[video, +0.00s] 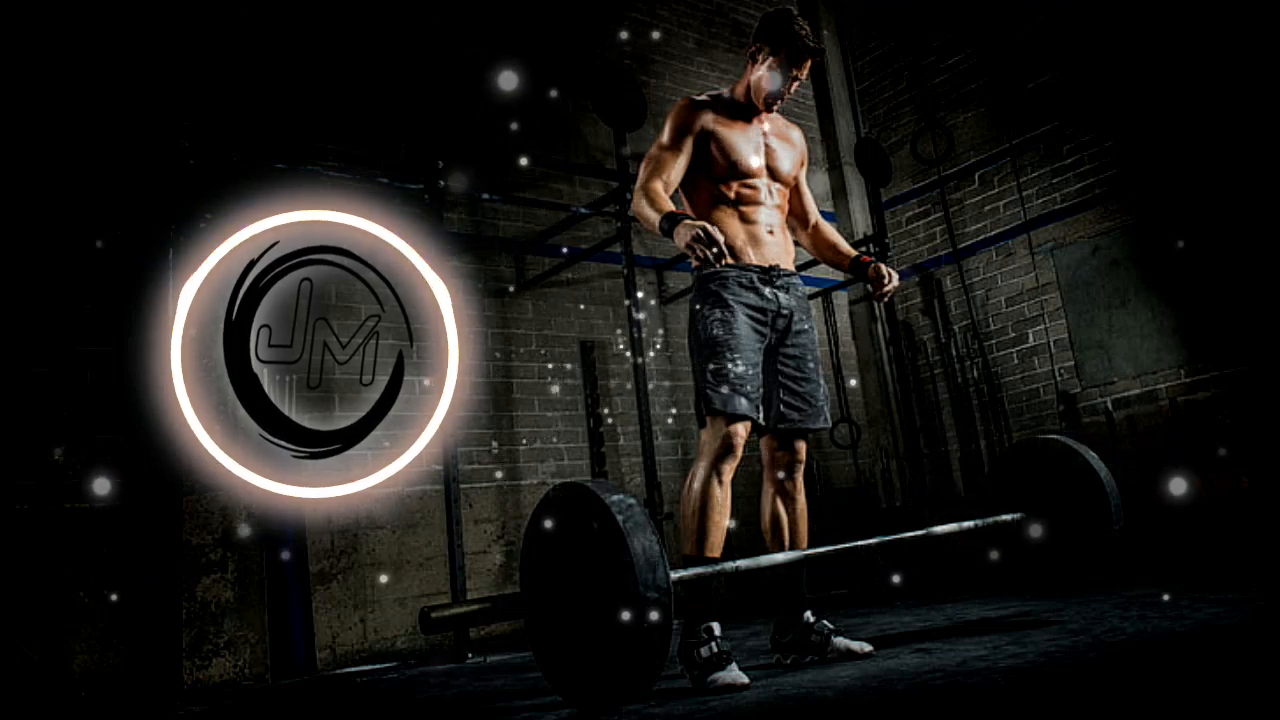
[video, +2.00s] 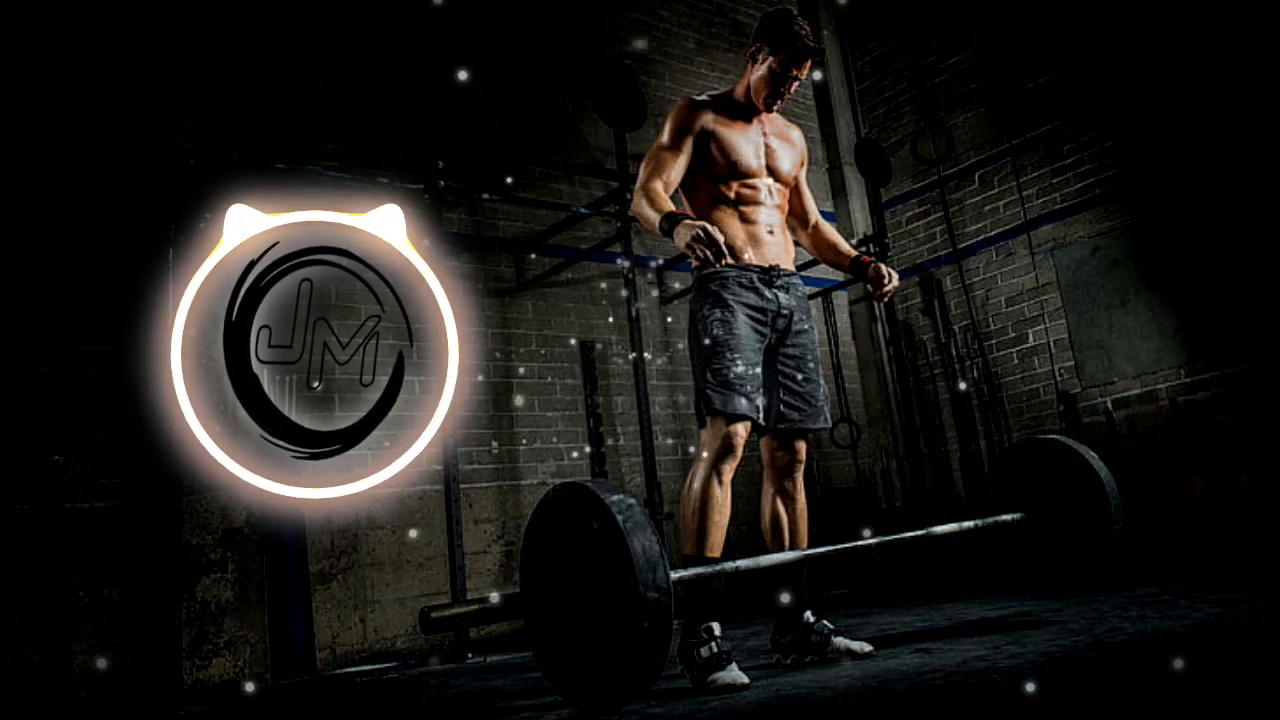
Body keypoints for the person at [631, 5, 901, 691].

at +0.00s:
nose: (791, 91)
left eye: (800, 82)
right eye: (788, 75)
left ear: (797, 79)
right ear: (757, 59)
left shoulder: (791, 136)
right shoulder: (698, 115)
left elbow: (809, 225)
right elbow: (644, 200)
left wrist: (861, 265)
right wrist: (676, 225)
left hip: (790, 296)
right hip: (731, 292)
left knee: (790, 454)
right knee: (729, 437)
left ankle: (797, 624)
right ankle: (698, 633)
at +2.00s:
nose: (789, 92)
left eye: (799, 81)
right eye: (786, 76)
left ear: (801, 77)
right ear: (756, 58)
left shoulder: (792, 137)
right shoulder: (697, 115)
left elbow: (809, 225)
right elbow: (645, 199)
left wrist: (860, 265)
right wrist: (676, 225)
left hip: (790, 296)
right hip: (730, 291)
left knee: (790, 454)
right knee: (729, 437)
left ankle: (794, 624)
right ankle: (698, 633)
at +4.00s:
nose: (789, 89)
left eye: (799, 79)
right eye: (787, 73)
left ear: (800, 76)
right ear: (756, 57)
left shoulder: (792, 137)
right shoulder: (698, 115)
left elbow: (807, 223)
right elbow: (645, 197)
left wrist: (860, 264)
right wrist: (675, 226)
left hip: (791, 297)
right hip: (731, 292)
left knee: (790, 455)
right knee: (730, 437)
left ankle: (798, 624)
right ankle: (699, 634)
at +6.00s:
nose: (789, 89)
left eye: (799, 79)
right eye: (786, 72)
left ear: (801, 76)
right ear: (756, 57)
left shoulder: (792, 137)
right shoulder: (697, 115)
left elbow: (808, 224)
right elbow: (646, 197)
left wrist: (860, 264)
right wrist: (677, 225)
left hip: (791, 297)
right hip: (731, 292)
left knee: (790, 455)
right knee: (730, 436)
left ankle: (796, 624)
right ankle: (699, 634)